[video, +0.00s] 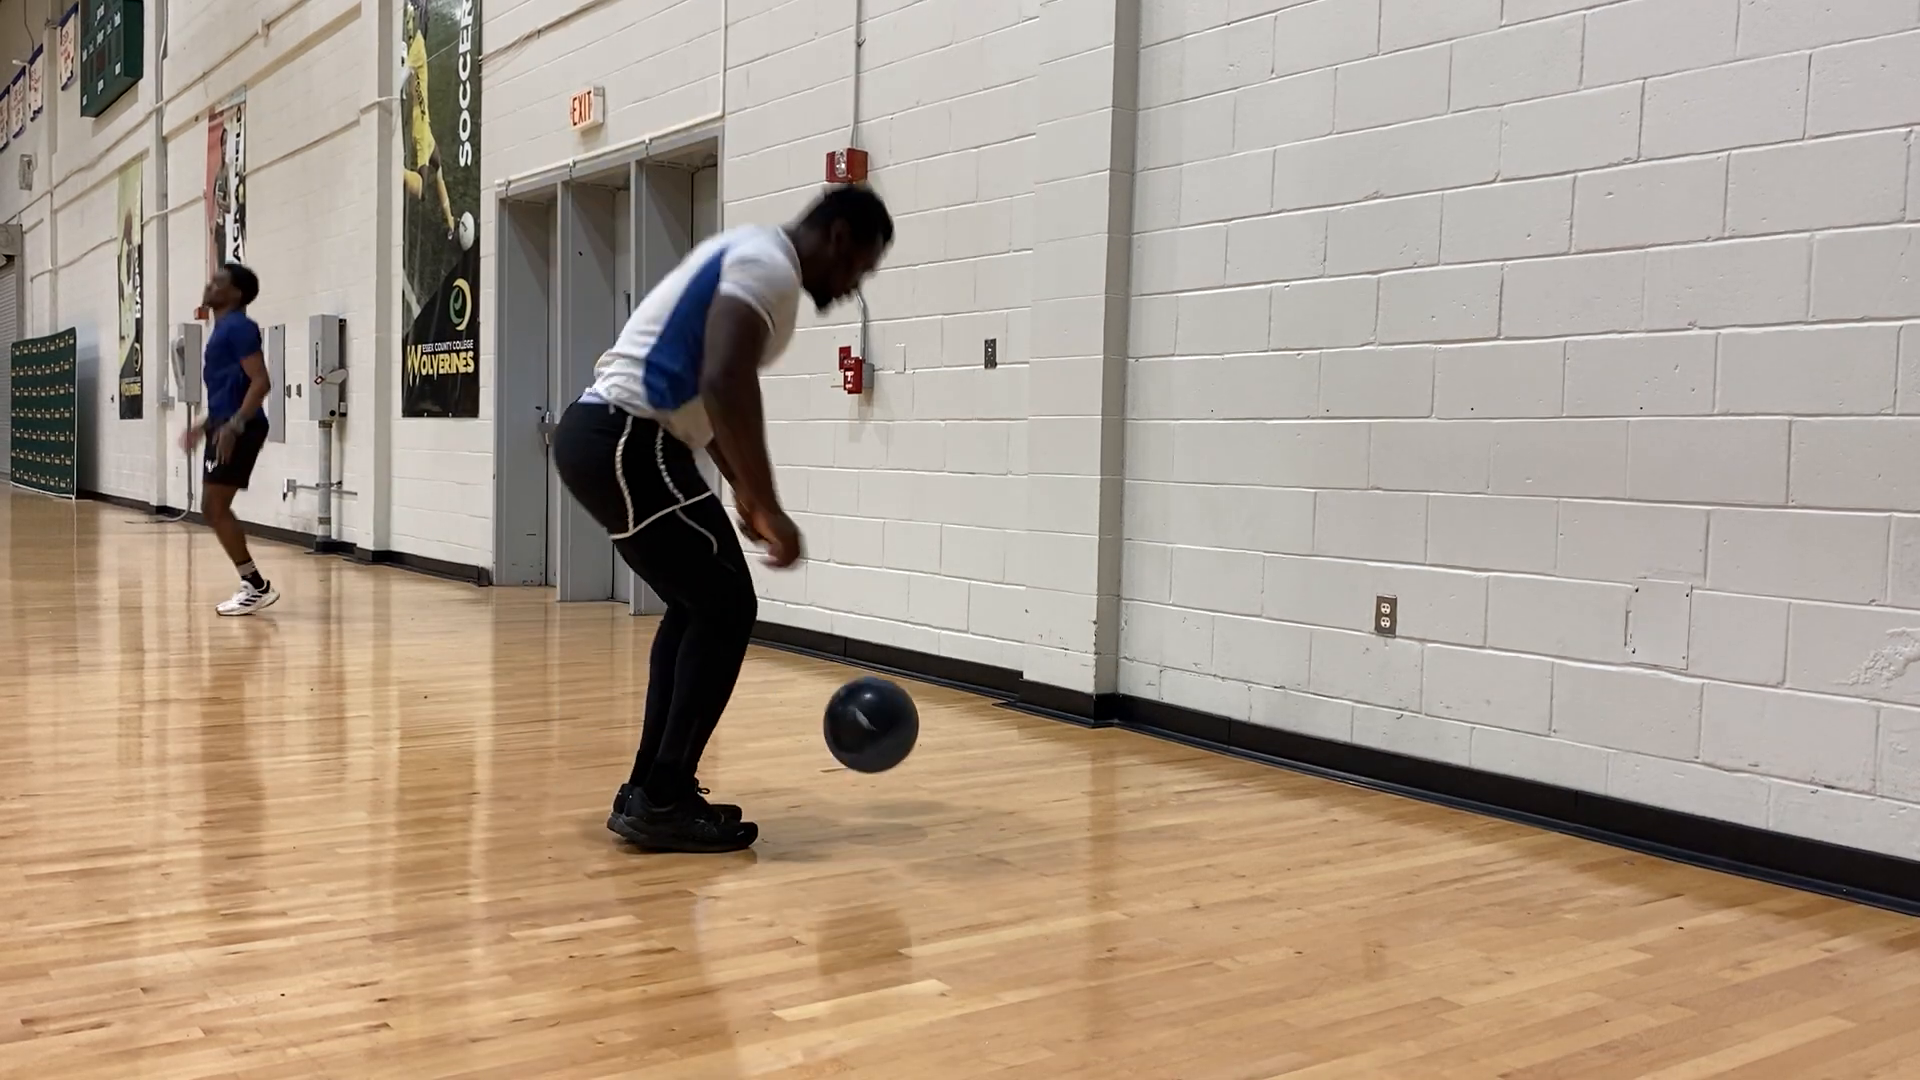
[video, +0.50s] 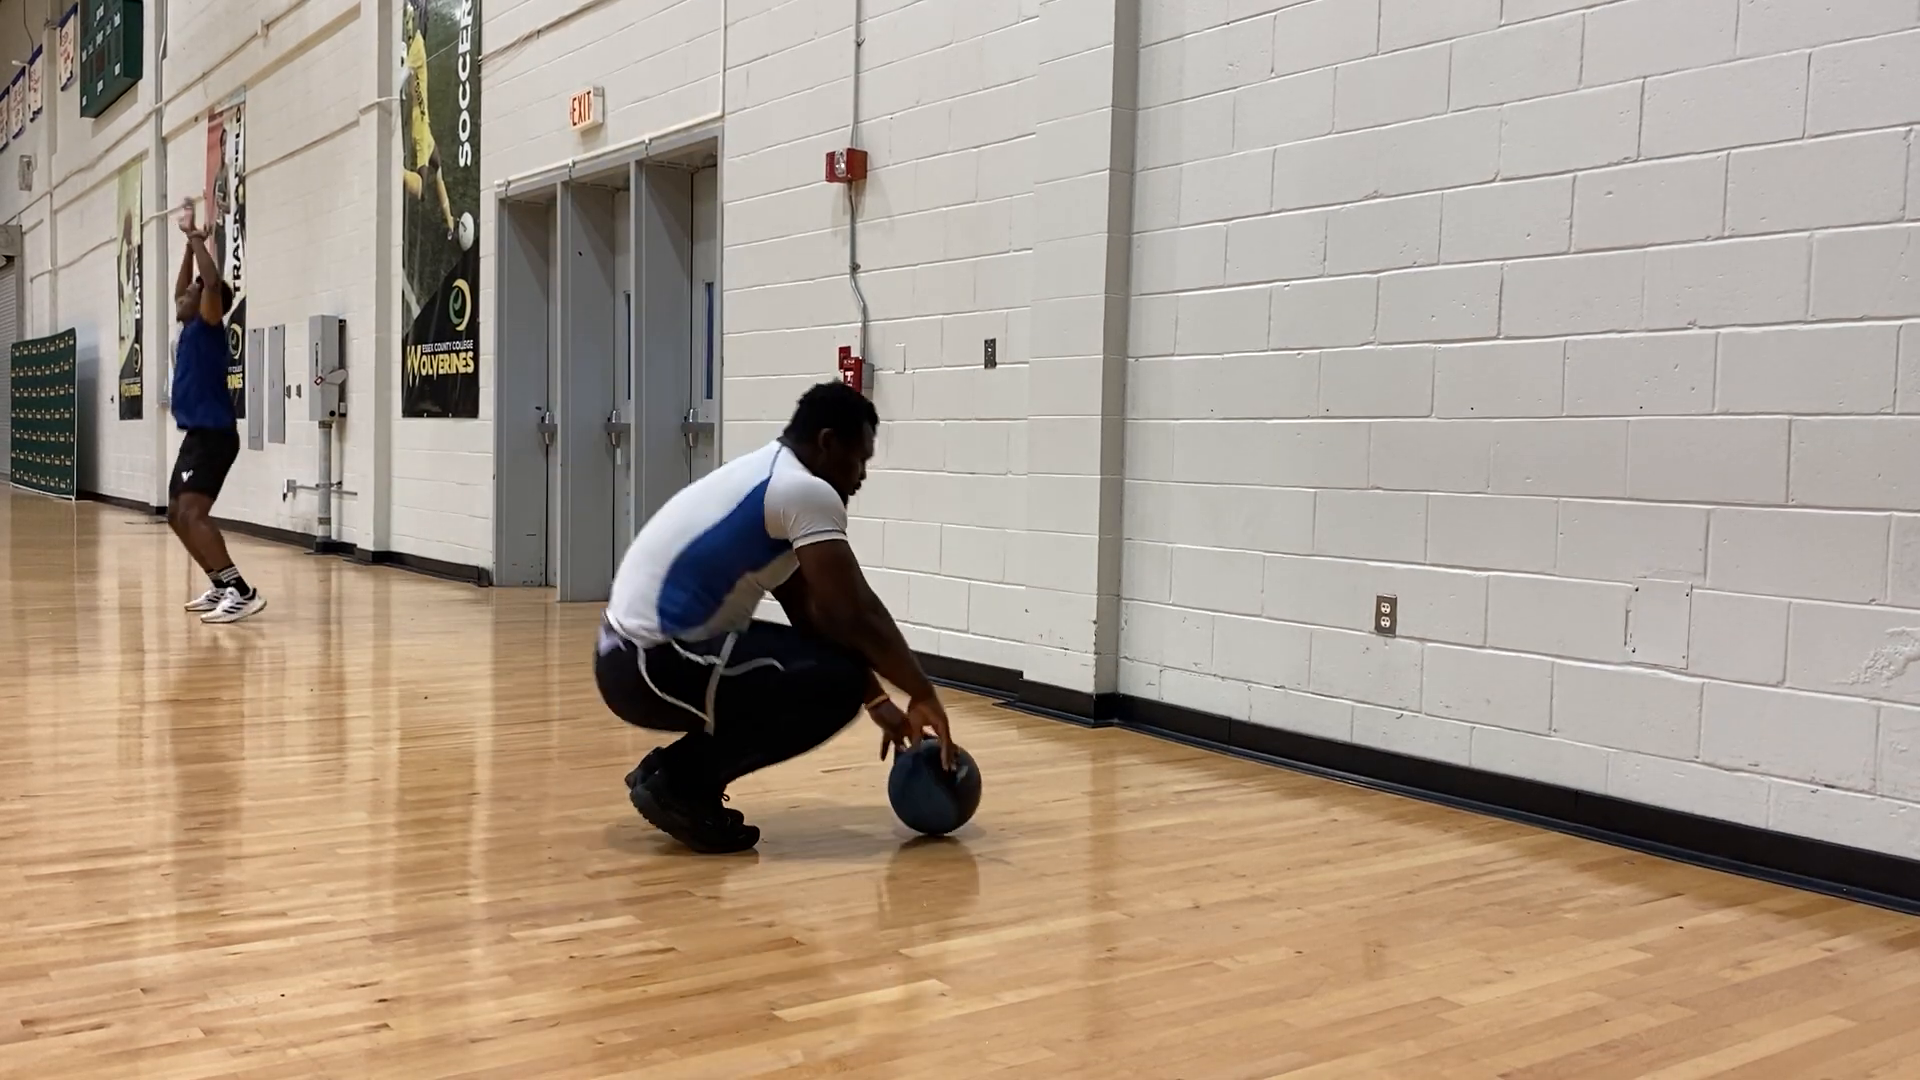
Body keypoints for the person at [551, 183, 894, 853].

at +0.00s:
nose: (858, 283)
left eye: (868, 271)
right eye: (863, 264)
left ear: (825, 229)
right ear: (835, 235)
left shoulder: (748, 252)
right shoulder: (767, 261)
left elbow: (705, 397)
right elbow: (725, 376)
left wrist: (745, 491)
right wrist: (765, 500)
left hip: (607, 433)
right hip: (633, 440)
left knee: (695, 605)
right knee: (727, 608)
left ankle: (650, 789)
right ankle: (666, 798)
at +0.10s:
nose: (870, 364)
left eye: (879, 350)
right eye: (875, 345)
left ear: (840, 309)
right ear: (851, 316)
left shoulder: (768, 320)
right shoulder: (784, 331)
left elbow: (745, 473)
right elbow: (761, 461)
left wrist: (794, 562)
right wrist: (827, 567)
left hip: (595, 463)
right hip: (613, 468)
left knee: (716, 609)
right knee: (739, 611)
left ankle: (653, 790)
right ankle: (663, 800)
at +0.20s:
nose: (873, 428)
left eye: (882, 415)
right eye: (877, 411)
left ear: (838, 374)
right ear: (851, 382)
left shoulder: (780, 393)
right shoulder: (797, 410)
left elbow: (794, 545)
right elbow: (804, 546)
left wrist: (842, 632)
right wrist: (867, 644)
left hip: (588, 509)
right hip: (607, 517)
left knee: (741, 619)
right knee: (761, 624)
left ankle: (655, 789)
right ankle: (667, 800)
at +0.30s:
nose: (875, 473)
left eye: (883, 462)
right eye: (879, 457)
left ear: (839, 426)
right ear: (849, 432)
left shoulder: (785, 444)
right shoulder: (809, 464)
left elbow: (820, 600)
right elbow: (831, 604)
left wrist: (874, 690)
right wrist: (896, 705)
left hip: (595, 557)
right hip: (611, 567)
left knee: (772, 633)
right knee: (780, 643)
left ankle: (658, 788)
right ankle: (670, 799)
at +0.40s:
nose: (874, 489)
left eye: (882, 475)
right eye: (878, 470)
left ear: (827, 445)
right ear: (845, 450)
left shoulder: (775, 470)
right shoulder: (809, 489)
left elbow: (812, 615)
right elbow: (845, 616)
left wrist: (869, 701)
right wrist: (905, 709)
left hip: (611, 607)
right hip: (627, 617)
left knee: (798, 650)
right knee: (800, 662)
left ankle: (664, 783)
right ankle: (673, 792)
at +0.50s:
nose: (863, 475)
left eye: (868, 460)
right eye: (862, 458)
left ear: (816, 440)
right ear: (827, 443)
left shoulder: (765, 474)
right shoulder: (805, 491)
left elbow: (812, 618)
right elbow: (853, 612)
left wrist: (876, 701)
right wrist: (924, 694)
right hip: (656, 664)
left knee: (826, 663)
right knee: (838, 685)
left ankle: (680, 774)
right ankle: (683, 785)